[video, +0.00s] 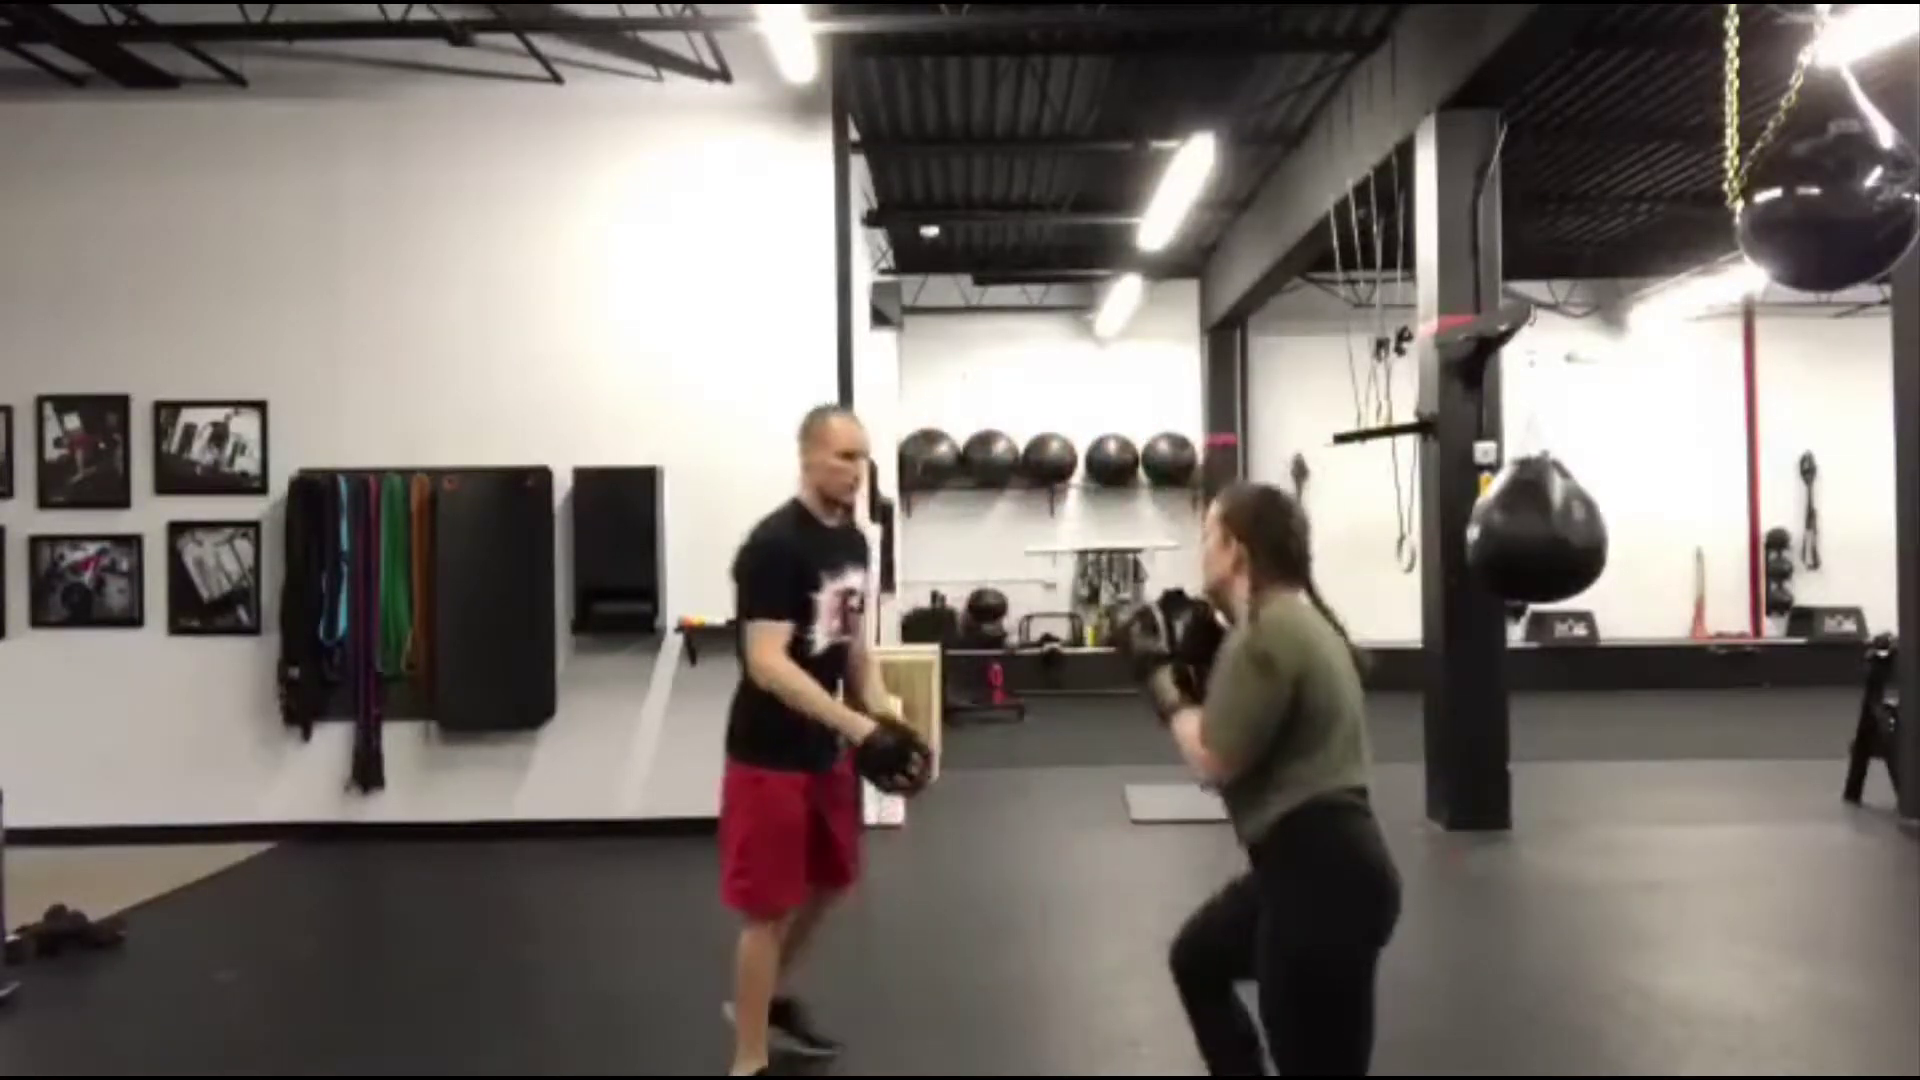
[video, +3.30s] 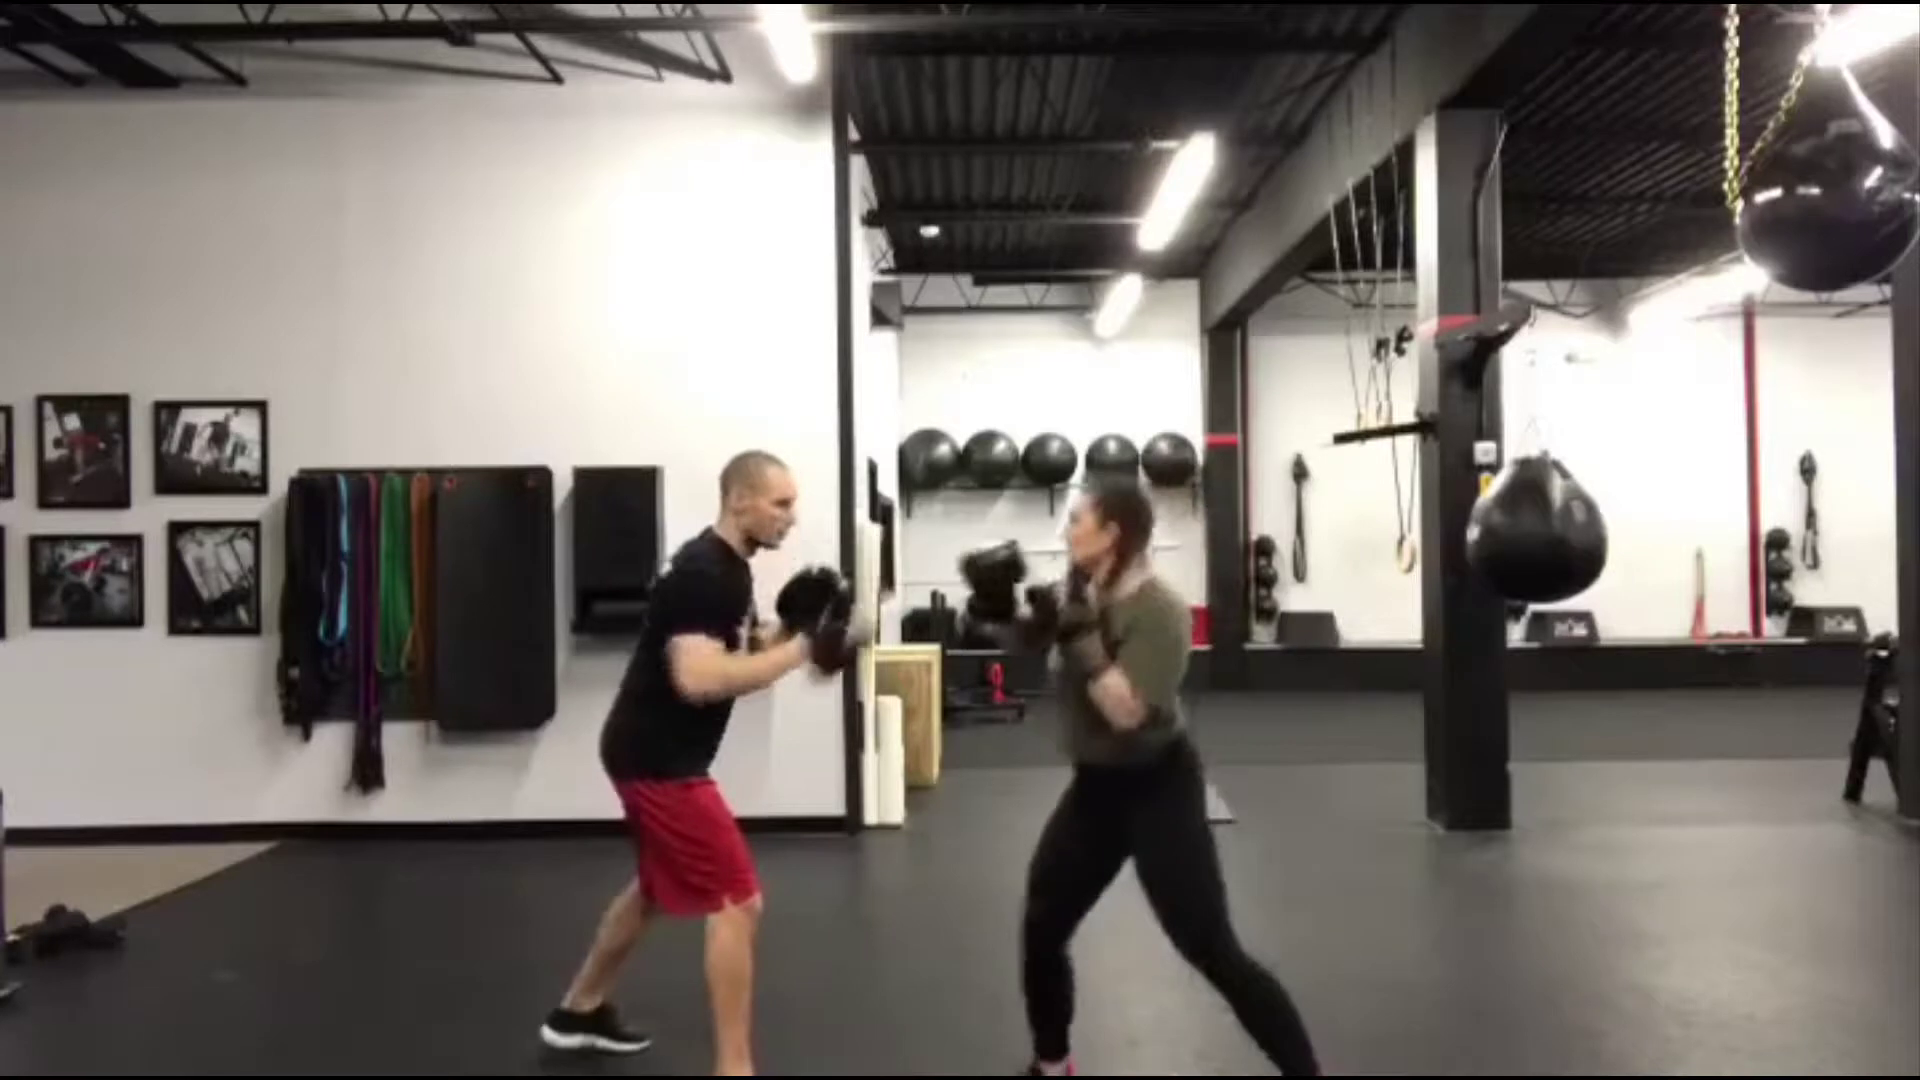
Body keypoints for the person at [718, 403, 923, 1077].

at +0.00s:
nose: (858, 470)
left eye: (863, 458)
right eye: (845, 457)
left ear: (862, 464)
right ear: (806, 459)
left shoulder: (855, 546)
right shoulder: (772, 545)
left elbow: (857, 651)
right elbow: (766, 660)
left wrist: (890, 722)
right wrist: (857, 727)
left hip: (829, 755)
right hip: (768, 759)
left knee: (828, 882)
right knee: (768, 912)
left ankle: (770, 997)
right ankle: (750, 1058)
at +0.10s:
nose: (836, 476)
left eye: (843, 464)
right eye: (823, 463)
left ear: (847, 469)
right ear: (786, 465)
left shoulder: (835, 545)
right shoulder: (753, 549)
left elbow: (845, 640)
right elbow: (730, 657)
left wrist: (867, 695)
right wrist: (822, 714)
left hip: (791, 748)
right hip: (750, 752)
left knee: (760, 885)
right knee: (768, 909)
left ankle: (692, 981)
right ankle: (750, 1061)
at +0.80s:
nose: (801, 499)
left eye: (807, 487)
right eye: (792, 484)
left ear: (800, 488)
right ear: (751, 477)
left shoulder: (770, 561)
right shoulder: (715, 557)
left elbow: (816, 648)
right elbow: (718, 660)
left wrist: (856, 607)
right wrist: (805, 615)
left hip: (713, 759)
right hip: (708, 762)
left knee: (692, 889)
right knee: (764, 906)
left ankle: (645, 1014)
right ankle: (760, 1066)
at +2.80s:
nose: (771, 518)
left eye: (773, 506)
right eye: (761, 505)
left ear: (732, 510)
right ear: (719, 505)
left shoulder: (724, 574)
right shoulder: (685, 576)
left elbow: (770, 654)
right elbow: (715, 672)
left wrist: (794, 588)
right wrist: (774, 593)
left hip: (663, 762)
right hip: (657, 767)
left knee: (672, 892)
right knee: (737, 903)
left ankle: (606, 1010)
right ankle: (734, 1066)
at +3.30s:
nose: (791, 517)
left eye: (792, 505)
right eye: (781, 504)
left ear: (746, 506)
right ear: (740, 502)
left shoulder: (731, 565)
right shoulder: (701, 570)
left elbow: (737, 646)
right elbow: (696, 677)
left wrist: (793, 630)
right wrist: (798, 652)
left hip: (659, 755)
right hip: (656, 761)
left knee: (656, 885)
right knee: (737, 901)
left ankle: (581, 1009)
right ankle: (735, 1065)